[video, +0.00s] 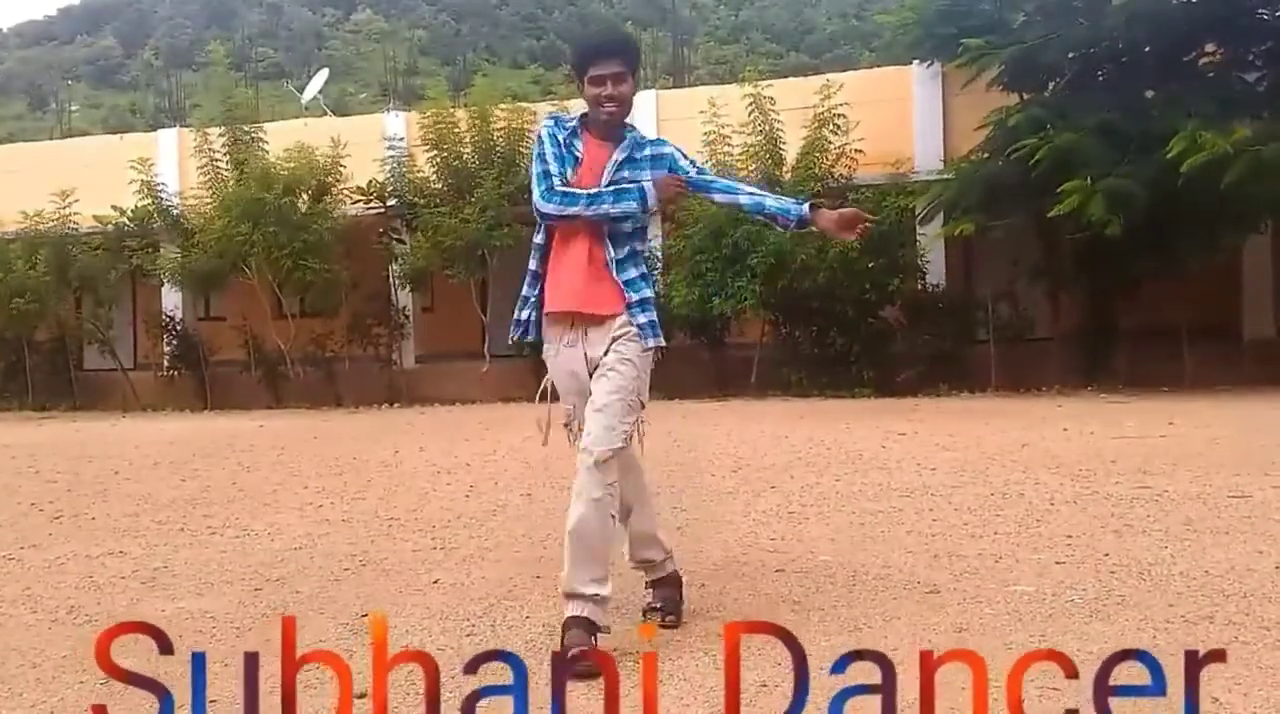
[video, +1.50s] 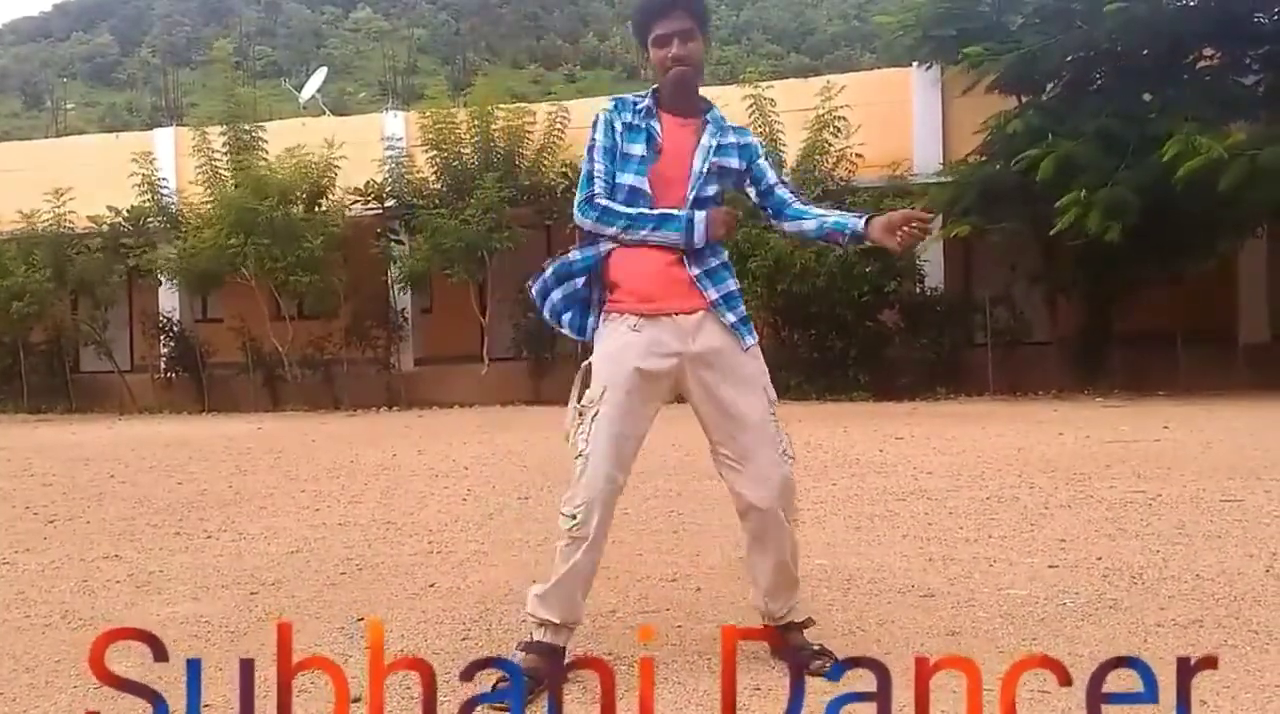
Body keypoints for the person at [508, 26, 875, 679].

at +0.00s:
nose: (610, 92)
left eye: (620, 81)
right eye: (598, 83)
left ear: (636, 85)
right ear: (579, 88)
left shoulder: (653, 152)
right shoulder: (554, 136)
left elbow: (725, 189)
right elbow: (549, 203)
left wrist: (811, 215)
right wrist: (640, 197)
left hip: (626, 323)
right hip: (561, 326)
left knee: (598, 451)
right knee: (607, 454)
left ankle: (581, 613)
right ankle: (660, 570)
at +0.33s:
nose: (588, 81)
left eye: (598, 68)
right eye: (575, 71)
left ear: (619, 75)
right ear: (560, 82)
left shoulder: (642, 161)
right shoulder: (529, 146)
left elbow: (632, 255)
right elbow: (478, 230)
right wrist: (412, 305)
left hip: (606, 327)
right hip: (529, 326)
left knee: (599, 478)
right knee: (519, 435)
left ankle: (578, 627)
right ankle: (541, 525)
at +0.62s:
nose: (526, 55)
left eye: (539, 41)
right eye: (515, 45)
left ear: (569, 39)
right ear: (504, 50)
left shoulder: (598, 103)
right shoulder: (504, 122)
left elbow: (549, 199)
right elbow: (461, 195)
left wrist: (488, 178)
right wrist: (397, 249)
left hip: (591, 319)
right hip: (516, 318)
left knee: (565, 471)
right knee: (518, 458)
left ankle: (558, 606)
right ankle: (534, 622)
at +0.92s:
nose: (497, 90)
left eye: (510, 75)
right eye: (485, 78)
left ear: (540, 71)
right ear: (476, 81)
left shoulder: (578, 124)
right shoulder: (499, 164)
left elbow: (589, 238)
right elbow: (505, 273)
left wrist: (522, 332)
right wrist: (443, 343)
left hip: (620, 335)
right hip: (541, 343)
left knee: (646, 468)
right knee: (507, 479)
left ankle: (652, 579)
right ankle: (543, 643)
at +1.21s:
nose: (555, 49)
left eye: (567, 36)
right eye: (542, 36)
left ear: (587, 39)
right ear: (525, 43)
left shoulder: (624, 94)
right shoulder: (514, 121)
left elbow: (697, 163)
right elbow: (543, 222)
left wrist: (782, 218)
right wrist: (627, 183)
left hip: (654, 313)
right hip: (570, 321)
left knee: (725, 467)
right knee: (547, 478)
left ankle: (790, 609)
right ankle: (546, 644)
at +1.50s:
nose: (676, 51)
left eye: (686, 37)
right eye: (662, 42)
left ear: (706, 45)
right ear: (646, 55)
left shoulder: (733, 138)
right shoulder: (616, 119)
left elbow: (789, 212)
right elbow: (591, 209)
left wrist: (866, 228)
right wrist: (692, 226)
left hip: (716, 323)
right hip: (632, 325)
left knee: (769, 483)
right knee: (593, 488)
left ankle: (785, 627)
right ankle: (546, 643)